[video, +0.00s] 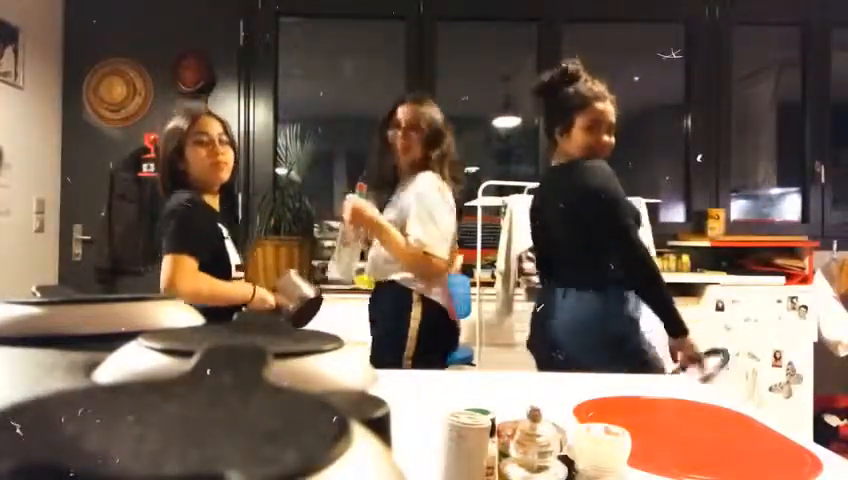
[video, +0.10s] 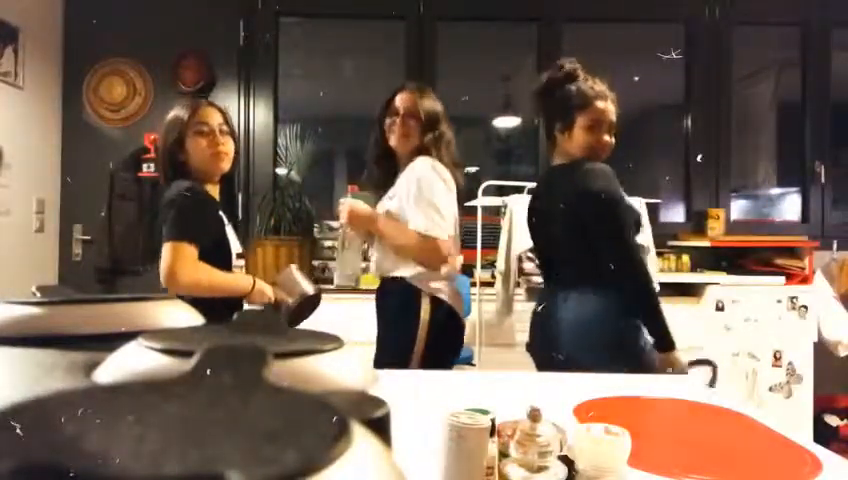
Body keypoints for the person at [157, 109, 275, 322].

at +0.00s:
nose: (218, 150)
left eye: (224, 142)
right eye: (202, 142)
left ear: (234, 152)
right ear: (179, 159)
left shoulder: (216, 212)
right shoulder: (186, 209)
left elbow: (228, 284)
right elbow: (178, 284)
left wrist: (274, 297)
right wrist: (250, 293)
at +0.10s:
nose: (218, 140)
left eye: (224, 132)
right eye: (203, 132)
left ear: (234, 142)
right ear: (179, 149)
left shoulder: (213, 202)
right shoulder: (186, 197)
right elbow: (178, 274)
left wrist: (272, 293)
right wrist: (250, 286)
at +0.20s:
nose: (218, 133)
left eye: (224, 125)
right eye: (203, 125)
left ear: (233, 135)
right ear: (179, 141)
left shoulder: (215, 191)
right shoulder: (187, 187)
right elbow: (175, 263)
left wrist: (270, 284)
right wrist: (248, 275)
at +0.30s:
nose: (220, 141)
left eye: (226, 133)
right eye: (204, 133)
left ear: (235, 143)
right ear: (181, 149)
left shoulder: (216, 203)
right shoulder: (188, 197)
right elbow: (177, 272)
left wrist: (273, 288)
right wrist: (250, 282)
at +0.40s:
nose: (221, 149)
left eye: (227, 141)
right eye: (205, 141)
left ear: (236, 151)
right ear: (182, 158)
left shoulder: (215, 211)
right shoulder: (189, 208)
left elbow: (227, 286)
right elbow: (176, 282)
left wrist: (274, 296)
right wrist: (252, 292)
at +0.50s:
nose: (222, 139)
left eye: (227, 131)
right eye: (206, 131)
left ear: (236, 141)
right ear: (181, 148)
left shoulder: (212, 202)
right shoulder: (187, 198)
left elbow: (222, 278)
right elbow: (173, 275)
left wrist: (268, 292)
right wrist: (247, 285)